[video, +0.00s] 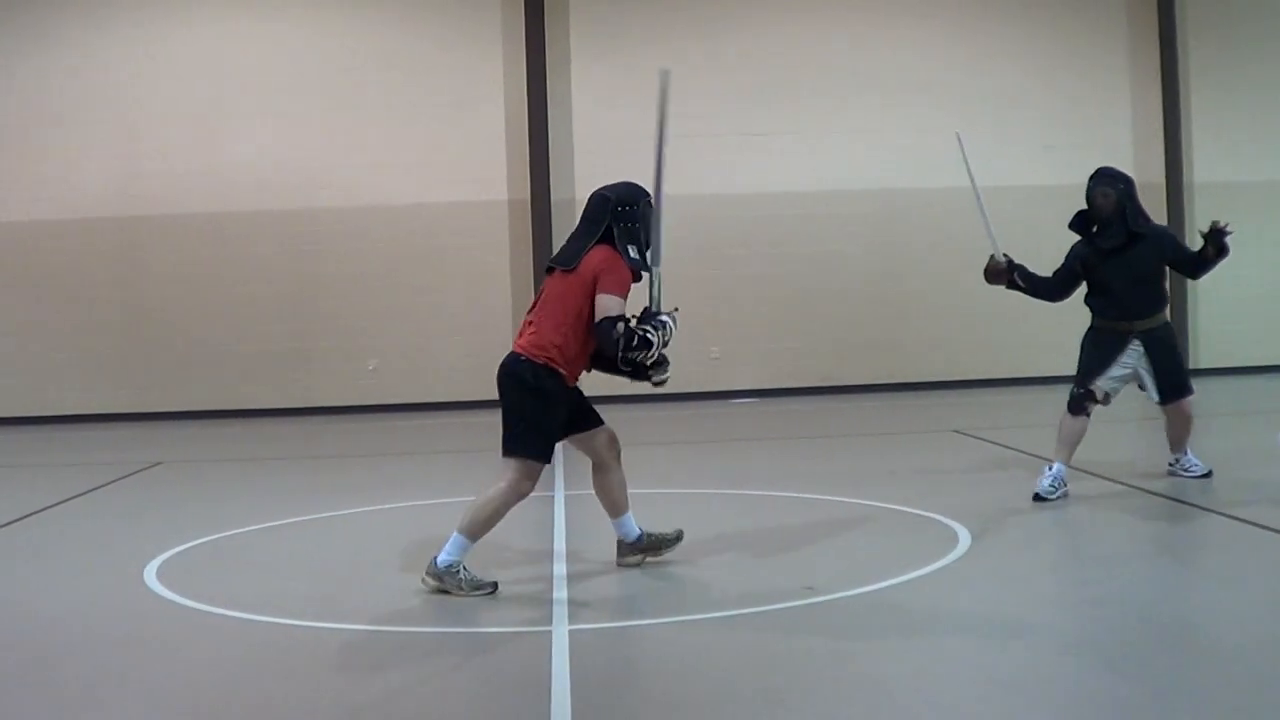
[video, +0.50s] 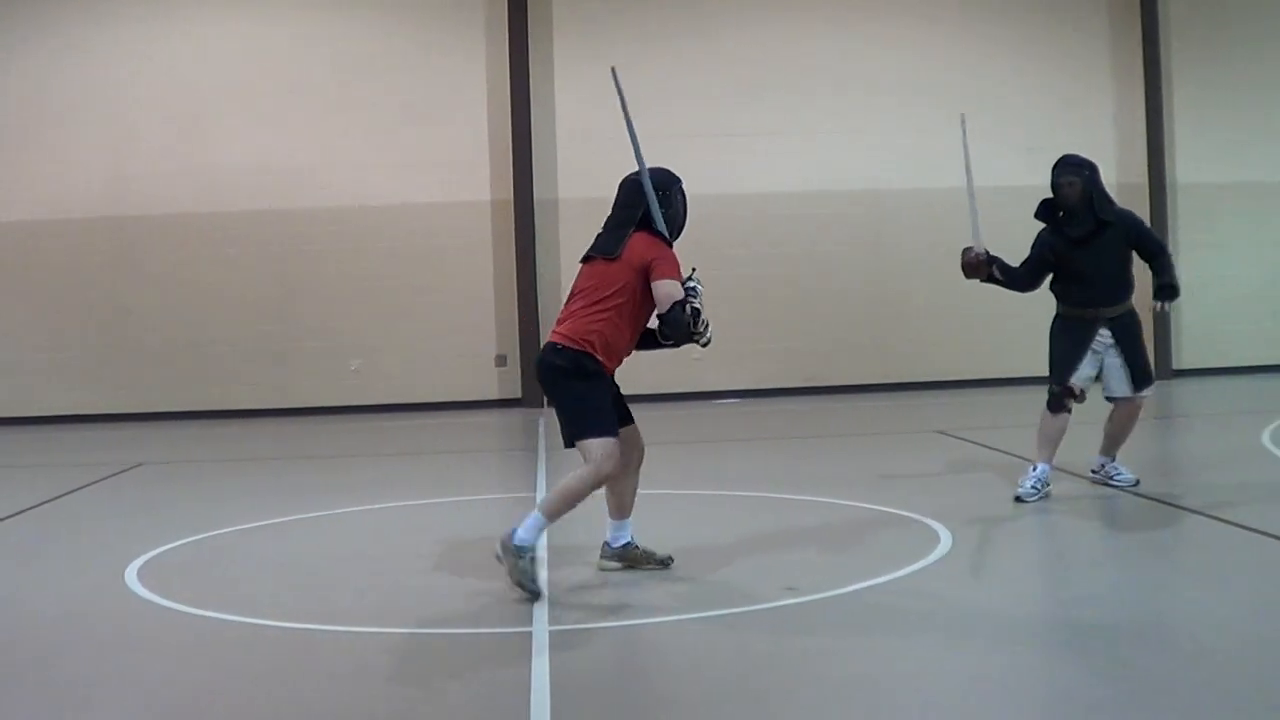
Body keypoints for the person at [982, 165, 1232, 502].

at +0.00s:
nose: (1096, 199)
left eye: (1103, 192)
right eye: (1092, 194)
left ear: (1123, 195)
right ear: (1088, 201)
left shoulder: (1154, 238)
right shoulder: (1086, 249)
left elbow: (1192, 268)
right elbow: (1056, 289)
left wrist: (1212, 249)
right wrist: (1013, 274)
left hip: (1155, 333)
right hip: (1106, 336)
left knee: (1179, 401)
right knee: (1080, 401)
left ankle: (1180, 458)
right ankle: (1056, 473)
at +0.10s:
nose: (1087, 196)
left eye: (1094, 189)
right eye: (1082, 191)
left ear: (1113, 192)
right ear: (1077, 198)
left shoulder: (1143, 234)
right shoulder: (1074, 245)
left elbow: (1179, 267)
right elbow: (1046, 285)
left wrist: (1199, 250)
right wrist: (1003, 271)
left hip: (1141, 329)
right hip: (1092, 332)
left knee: (1166, 400)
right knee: (1070, 400)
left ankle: (1176, 454)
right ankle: (1056, 473)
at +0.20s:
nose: (1078, 190)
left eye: (1085, 184)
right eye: (1073, 185)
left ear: (1103, 187)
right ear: (1067, 192)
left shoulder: (1133, 229)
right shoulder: (1064, 240)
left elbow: (1168, 264)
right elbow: (1036, 281)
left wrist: (1186, 253)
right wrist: (994, 267)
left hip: (1133, 325)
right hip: (1083, 328)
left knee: (1164, 399)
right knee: (1065, 400)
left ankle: (1158, 453)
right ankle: (1054, 473)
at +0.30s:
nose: (1068, 191)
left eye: (1075, 184)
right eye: (1064, 185)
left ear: (1094, 185)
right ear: (1059, 191)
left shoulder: (1125, 226)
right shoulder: (1056, 238)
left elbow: (1157, 257)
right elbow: (1028, 280)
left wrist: (1176, 257)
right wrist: (988, 265)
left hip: (1127, 320)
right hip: (1078, 325)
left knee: (1155, 396)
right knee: (1065, 397)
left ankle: (1127, 454)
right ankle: (1049, 473)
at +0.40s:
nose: (1064, 191)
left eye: (1071, 184)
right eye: (1059, 185)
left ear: (1089, 186)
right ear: (1052, 192)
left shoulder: (1119, 224)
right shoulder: (1050, 238)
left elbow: (1151, 251)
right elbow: (1023, 280)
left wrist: (1168, 266)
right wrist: (985, 266)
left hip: (1122, 323)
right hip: (1075, 326)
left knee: (1137, 394)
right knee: (1060, 396)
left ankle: (1108, 462)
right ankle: (1042, 473)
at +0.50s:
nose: (1065, 190)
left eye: (1072, 183)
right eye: (1059, 184)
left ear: (1090, 184)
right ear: (1054, 190)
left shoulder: (1121, 222)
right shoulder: (1053, 236)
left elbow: (1156, 251)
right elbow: (1027, 279)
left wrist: (1165, 286)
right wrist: (989, 266)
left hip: (1120, 322)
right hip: (1074, 324)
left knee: (1131, 396)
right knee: (1061, 396)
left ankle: (1104, 463)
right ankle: (1040, 472)